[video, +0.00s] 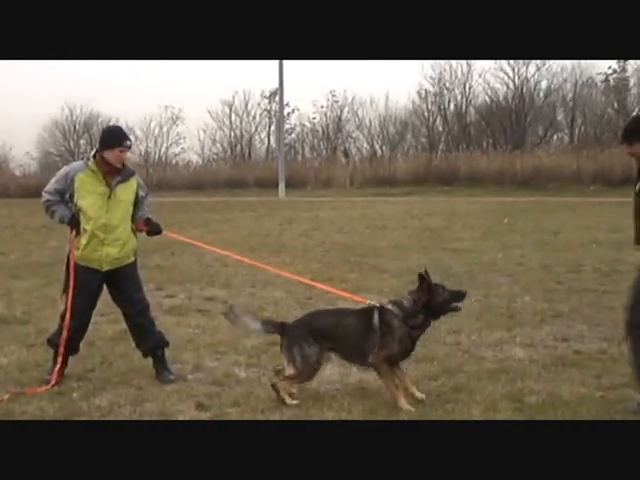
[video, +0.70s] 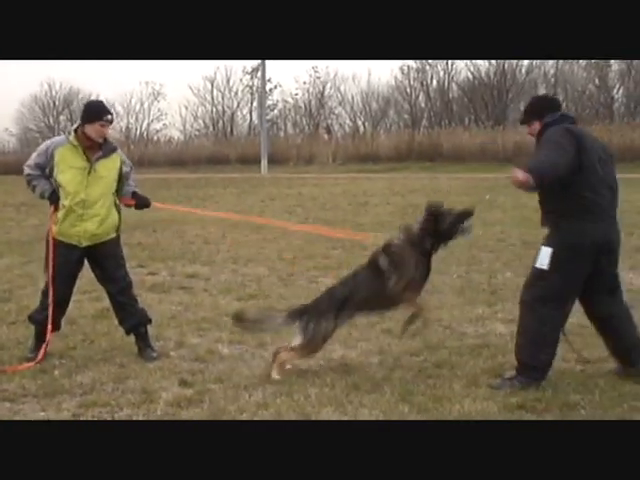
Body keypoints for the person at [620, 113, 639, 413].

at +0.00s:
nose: (630, 153)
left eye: (631, 146)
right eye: (629, 147)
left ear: (636, 145)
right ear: (630, 146)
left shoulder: (636, 184)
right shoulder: (635, 184)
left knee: (633, 323)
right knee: (632, 323)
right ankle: (634, 376)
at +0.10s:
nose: (621, 152)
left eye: (624, 146)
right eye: (620, 146)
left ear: (637, 144)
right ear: (630, 145)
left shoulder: (638, 176)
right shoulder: (635, 174)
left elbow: (635, 226)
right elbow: (633, 220)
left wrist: (634, 263)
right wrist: (632, 258)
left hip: (636, 259)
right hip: (633, 256)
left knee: (613, 311)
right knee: (613, 309)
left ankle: (626, 386)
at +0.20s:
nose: (607, 145)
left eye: (610, 138)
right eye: (606, 139)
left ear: (626, 136)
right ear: (623, 137)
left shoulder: (633, 165)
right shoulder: (628, 163)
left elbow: (631, 217)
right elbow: (626, 212)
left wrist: (621, 256)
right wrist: (620, 252)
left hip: (631, 252)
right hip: (628, 250)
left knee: (598, 305)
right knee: (601, 307)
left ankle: (573, 376)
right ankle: (574, 374)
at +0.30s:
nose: (579, 143)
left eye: (581, 136)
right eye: (577, 137)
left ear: (597, 132)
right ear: (600, 132)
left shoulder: (617, 161)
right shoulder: (609, 158)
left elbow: (622, 211)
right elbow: (613, 207)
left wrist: (605, 248)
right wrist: (600, 241)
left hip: (616, 251)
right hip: (618, 250)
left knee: (580, 306)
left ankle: (555, 377)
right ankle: (556, 376)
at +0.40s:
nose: (554, 147)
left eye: (555, 140)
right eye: (552, 141)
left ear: (566, 137)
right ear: (584, 132)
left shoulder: (580, 156)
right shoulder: (615, 154)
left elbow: (584, 210)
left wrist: (569, 209)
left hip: (600, 253)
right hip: (628, 252)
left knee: (560, 307)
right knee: (632, 309)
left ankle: (539, 378)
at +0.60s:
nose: (529, 144)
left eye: (529, 138)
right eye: (527, 139)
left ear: (539, 132)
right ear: (556, 126)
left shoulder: (554, 144)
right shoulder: (594, 146)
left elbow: (525, 161)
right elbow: (616, 190)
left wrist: (481, 157)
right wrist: (613, 226)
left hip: (584, 239)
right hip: (613, 236)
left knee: (547, 300)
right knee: (608, 299)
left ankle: (532, 377)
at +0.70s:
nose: (529, 132)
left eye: (530, 125)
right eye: (527, 127)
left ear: (542, 120)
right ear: (559, 115)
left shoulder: (557, 134)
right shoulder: (591, 140)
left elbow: (553, 160)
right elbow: (606, 188)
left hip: (571, 237)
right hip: (603, 236)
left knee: (540, 299)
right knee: (603, 299)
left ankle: (529, 374)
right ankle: (632, 361)